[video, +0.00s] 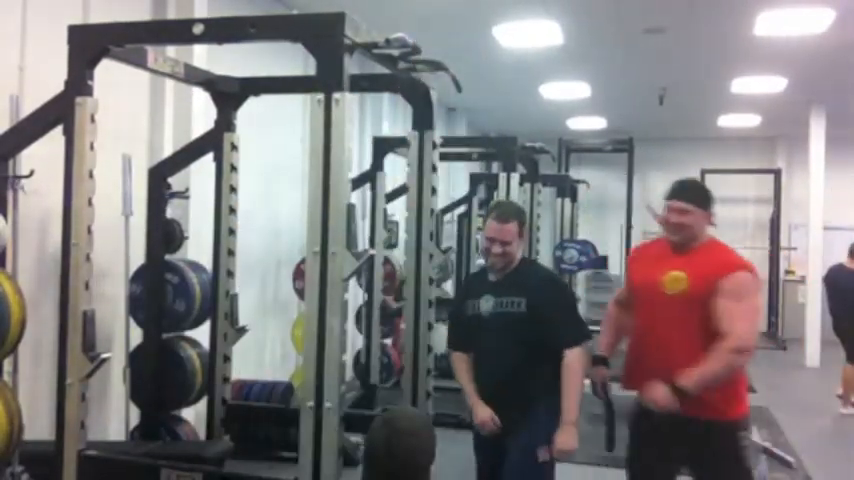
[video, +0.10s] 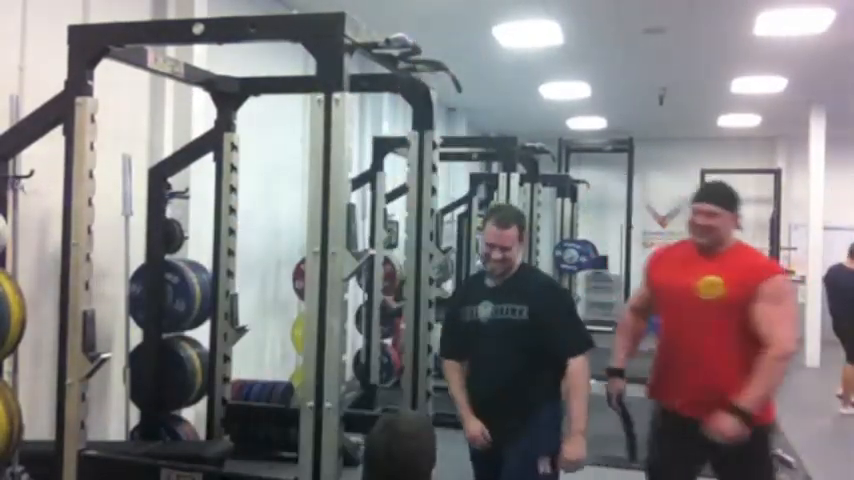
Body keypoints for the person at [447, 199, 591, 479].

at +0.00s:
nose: (496, 250)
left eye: (505, 244)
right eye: (489, 241)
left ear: (522, 239)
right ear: (482, 236)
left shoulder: (548, 286)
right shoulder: (471, 286)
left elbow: (574, 352)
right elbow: (458, 351)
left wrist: (569, 425)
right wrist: (475, 404)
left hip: (535, 420)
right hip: (488, 420)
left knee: (527, 473)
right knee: (490, 474)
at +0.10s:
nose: (496, 256)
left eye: (505, 249)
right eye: (490, 247)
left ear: (521, 243)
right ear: (481, 240)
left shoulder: (548, 294)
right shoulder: (466, 293)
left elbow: (577, 360)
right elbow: (451, 359)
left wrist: (576, 435)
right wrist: (467, 417)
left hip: (534, 427)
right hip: (484, 427)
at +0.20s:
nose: (497, 262)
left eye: (507, 255)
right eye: (491, 252)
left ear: (523, 249)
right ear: (482, 244)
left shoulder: (548, 300)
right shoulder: (462, 298)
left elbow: (576, 370)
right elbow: (444, 364)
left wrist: (574, 449)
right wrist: (451, 431)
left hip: (530, 435)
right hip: (476, 433)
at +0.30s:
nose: (496, 259)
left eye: (506, 253)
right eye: (490, 250)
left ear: (523, 246)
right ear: (480, 241)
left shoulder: (547, 297)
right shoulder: (456, 293)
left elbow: (566, 375)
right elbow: (438, 362)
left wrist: (561, 451)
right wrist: (430, 432)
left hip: (524, 436)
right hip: (467, 432)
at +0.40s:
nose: (489, 255)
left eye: (499, 248)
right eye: (482, 245)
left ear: (517, 239)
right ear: (473, 237)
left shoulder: (543, 294)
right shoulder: (448, 289)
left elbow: (561, 371)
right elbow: (424, 354)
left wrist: (549, 449)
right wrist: (415, 423)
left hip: (515, 438)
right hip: (455, 433)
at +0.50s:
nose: (475, 256)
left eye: (486, 248)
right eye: (468, 246)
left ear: (503, 243)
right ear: (458, 239)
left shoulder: (533, 296)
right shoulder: (437, 290)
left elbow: (556, 370)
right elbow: (412, 353)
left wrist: (538, 453)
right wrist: (402, 425)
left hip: (507, 443)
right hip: (443, 439)